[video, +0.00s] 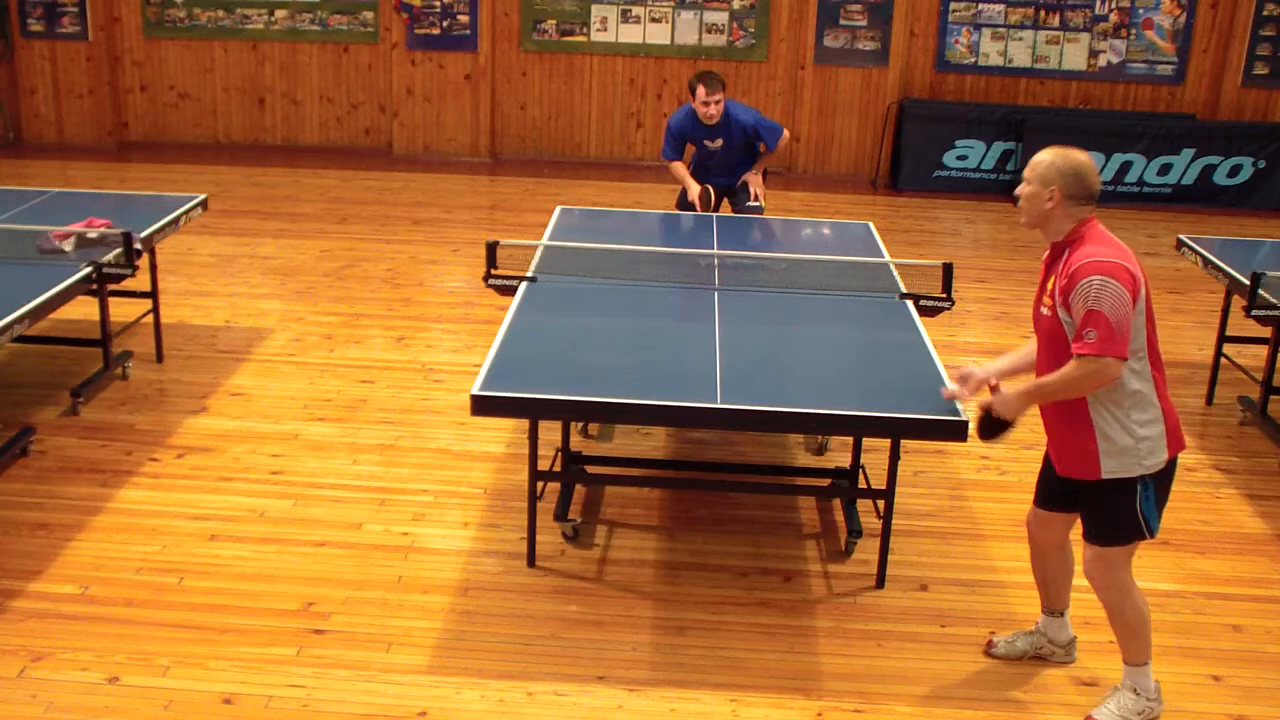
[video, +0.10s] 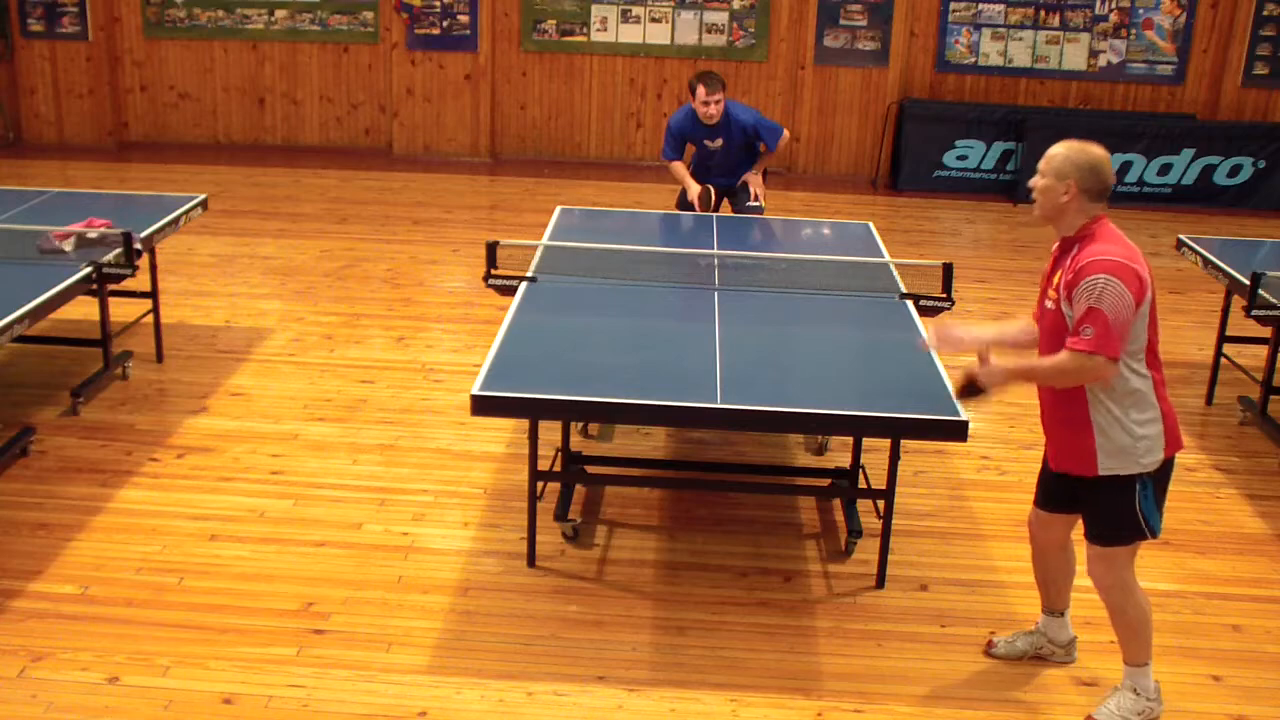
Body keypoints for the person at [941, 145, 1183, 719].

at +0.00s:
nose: (1015, 193)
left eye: (1024, 185)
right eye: (1019, 183)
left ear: (1055, 198)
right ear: (1058, 199)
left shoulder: (1098, 270)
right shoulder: (1063, 252)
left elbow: (1102, 366)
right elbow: (1054, 343)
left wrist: (1026, 394)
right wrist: (992, 370)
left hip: (1126, 446)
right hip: (1077, 432)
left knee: (1107, 569)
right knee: (1045, 529)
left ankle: (1141, 689)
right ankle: (1054, 633)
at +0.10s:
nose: (1030, 183)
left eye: (1040, 176)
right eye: (1035, 174)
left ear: (1069, 192)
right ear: (1070, 192)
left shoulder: (1107, 266)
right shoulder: (1070, 248)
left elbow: (1090, 363)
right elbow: (1042, 331)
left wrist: (1006, 372)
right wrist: (966, 335)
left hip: (1124, 444)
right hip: (1075, 431)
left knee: (1111, 568)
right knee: (1046, 528)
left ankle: (1141, 688)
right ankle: (1055, 632)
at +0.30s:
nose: (1056, 174)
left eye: (1066, 167)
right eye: (1061, 164)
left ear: (1096, 187)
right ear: (1096, 188)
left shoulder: (1128, 265)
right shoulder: (1071, 238)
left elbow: (1082, 351)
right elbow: (1011, 265)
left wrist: (1011, 299)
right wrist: (967, 213)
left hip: (1123, 444)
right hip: (1069, 431)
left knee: (1117, 566)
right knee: (1051, 526)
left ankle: (1141, 689)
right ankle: (1055, 632)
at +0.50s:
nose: (1071, 171)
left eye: (1083, 167)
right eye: (1079, 163)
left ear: (1108, 197)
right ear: (1102, 196)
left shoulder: (1137, 277)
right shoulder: (1068, 232)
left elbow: (1099, 366)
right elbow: (1009, 238)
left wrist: (1026, 338)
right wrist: (960, 199)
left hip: (1123, 447)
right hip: (1068, 432)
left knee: (1121, 564)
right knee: (1053, 528)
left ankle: (1142, 689)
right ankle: (1055, 632)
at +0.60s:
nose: (1076, 172)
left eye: (1088, 170)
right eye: (1084, 165)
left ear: (1112, 203)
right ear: (1104, 197)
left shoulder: (1140, 284)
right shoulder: (1069, 230)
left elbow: (1111, 378)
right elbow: (1008, 238)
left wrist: (1037, 373)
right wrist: (948, 208)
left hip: (1122, 448)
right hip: (1066, 431)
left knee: (1122, 569)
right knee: (1053, 529)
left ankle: (1142, 689)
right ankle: (1056, 631)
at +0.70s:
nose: (1075, 175)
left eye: (1087, 174)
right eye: (1084, 168)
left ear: (1109, 208)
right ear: (1107, 205)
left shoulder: (1143, 289)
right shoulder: (1065, 233)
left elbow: (1124, 388)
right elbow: (1003, 242)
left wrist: (1045, 406)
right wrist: (934, 227)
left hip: (1123, 449)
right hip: (1065, 431)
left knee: (1121, 569)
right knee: (1055, 529)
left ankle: (1142, 689)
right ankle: (1056, 632)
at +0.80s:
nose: (1067, 182)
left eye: (1078, 181)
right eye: (1075, 176)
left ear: (1101, 214)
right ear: (1096, 210)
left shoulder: (1140, 291)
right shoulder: (1059, 240)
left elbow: (1137, 393)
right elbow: (1003, 254)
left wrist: (1067, 431)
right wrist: (929, 251)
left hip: (1122, 452)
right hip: (1061, 436)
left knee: (1120, 571)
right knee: (1053, 531)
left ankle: (1143, 690)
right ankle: (1056, 632)